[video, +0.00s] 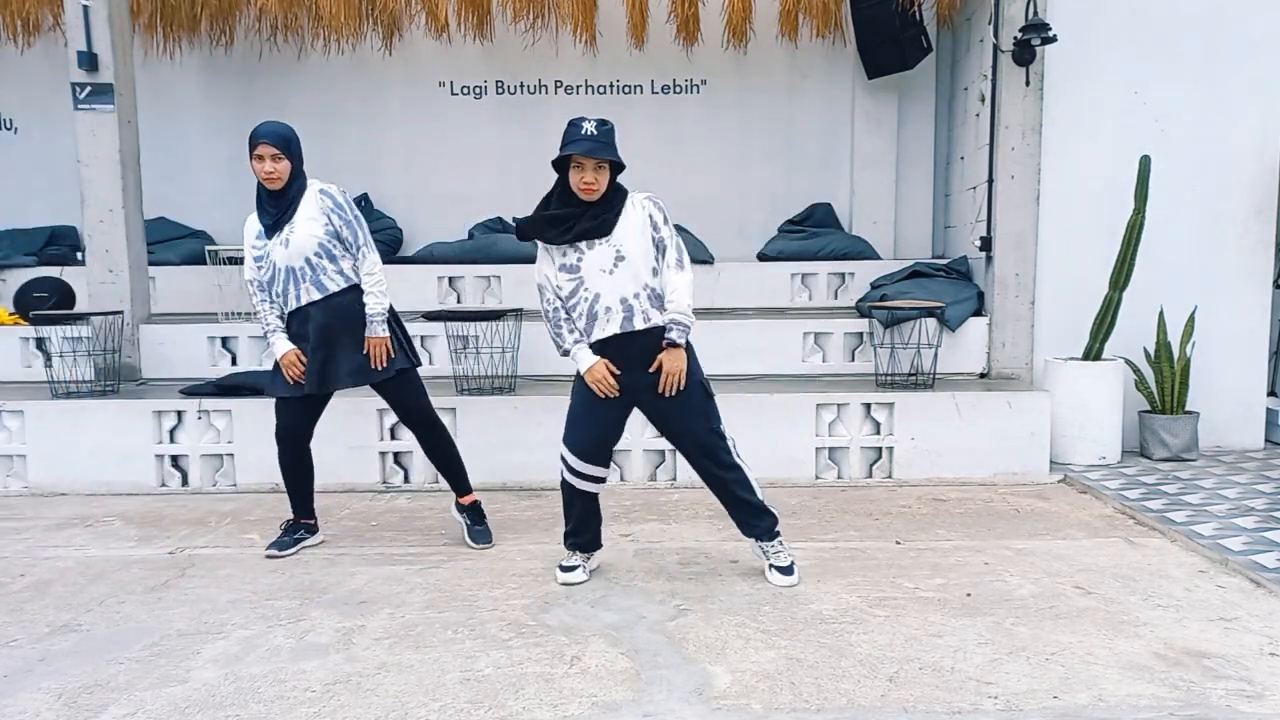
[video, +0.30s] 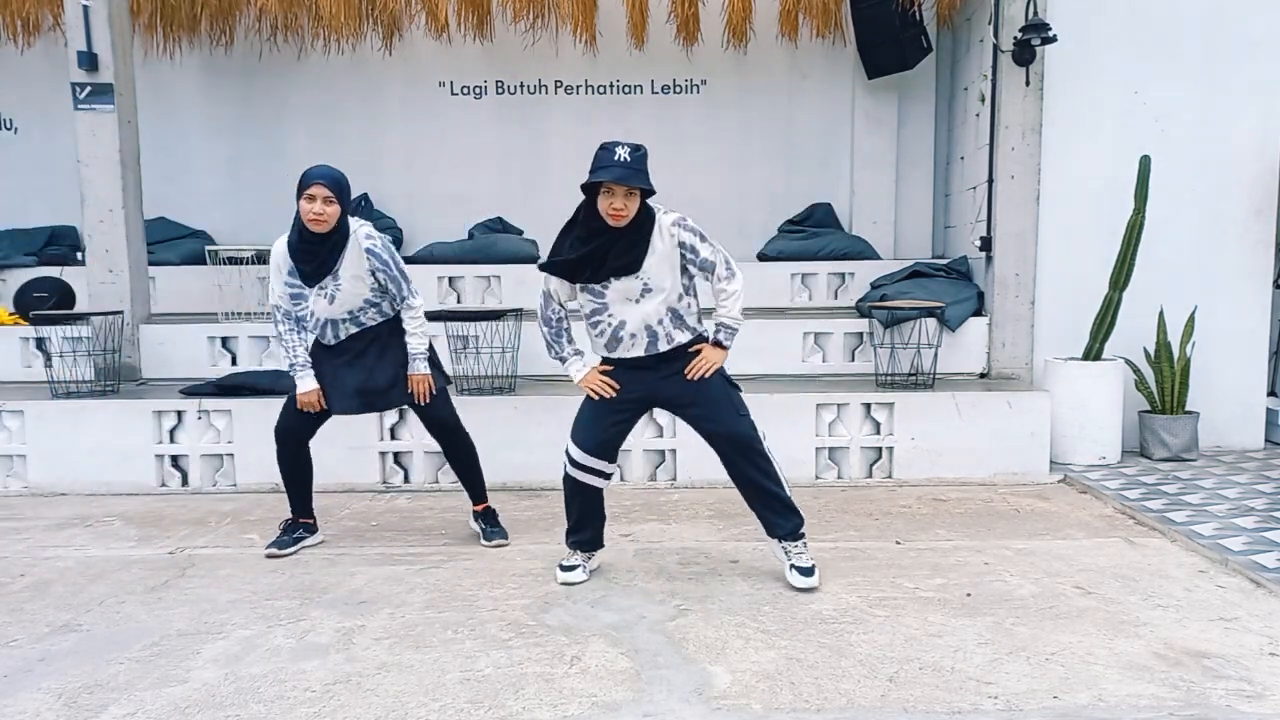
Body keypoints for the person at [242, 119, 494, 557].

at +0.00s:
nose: (268, 167)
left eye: (277, 157)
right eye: (259, 159)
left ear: (294, 158)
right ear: (252, 164)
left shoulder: (328, 197)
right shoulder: (255, 225)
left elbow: (369, 257)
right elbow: (260, 294)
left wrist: (377, 322)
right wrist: (280, 343)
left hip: (359, 320)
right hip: (305, 334)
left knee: (418, 415)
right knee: (290, 434)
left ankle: (468, 503)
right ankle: (304, 522)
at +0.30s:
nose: (317, 208)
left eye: (328, 200)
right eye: (309, 199)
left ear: (343, 207)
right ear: (298, 204)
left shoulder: (366, 240)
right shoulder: (284, 252)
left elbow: (410, 300)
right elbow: (288, 321)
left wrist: (418, 361)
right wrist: (304, 376)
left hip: (389, 339)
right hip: (331, 348)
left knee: (441, 418)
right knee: (288, 430)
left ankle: (483, 509)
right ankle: (302, 521)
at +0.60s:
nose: (417, 183)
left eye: (424, 173)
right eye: (406, 176)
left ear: (438, 177)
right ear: (395, 183)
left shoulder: (463, 230)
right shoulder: (374, 228)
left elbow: (469, 297)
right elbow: (350, 296)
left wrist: (465, 354)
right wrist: (348, 362)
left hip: (438, 351)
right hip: (380, 349)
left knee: (472, 420)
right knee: (326, 426)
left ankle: (481, 516)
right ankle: (298, 517)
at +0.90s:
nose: (445, 175)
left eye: (452, 164)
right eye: (435, 168)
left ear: (467, 165)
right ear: (424, 172)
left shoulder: (485, 221)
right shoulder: (403, 208)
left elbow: (492, 287)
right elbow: (375, 275)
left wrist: (484, 339)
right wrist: (372, 342)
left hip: (460, 336)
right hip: (405, 332)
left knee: (473, 430)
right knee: (358, 427)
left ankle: (480, 515)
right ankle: (304, 511)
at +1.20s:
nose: (414, 188)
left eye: (420, 177)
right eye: (403, 181)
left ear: (437, 177)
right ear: (396, 188)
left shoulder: (472, 228)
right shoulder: (384, 231)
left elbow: (481, 292)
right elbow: (364, 300)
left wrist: (472, 347)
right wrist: (364, 361)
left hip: (447, 337)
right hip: (387, 332)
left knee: (472, 420)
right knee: (335, 414)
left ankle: (480, 515)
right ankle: (303, 507)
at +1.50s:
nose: (329, 198)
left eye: (338, 189)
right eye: (320, 189)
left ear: (353, 193)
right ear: (309, 196)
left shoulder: (384, 233)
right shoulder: (301, 252)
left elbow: (419, 298)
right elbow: (309, 323)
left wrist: (428, 360)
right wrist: (327, 379)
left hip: (401, 351)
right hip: (343, 357)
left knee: (453, 427)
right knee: (295, 433)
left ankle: (480, 516)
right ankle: (307, 520)